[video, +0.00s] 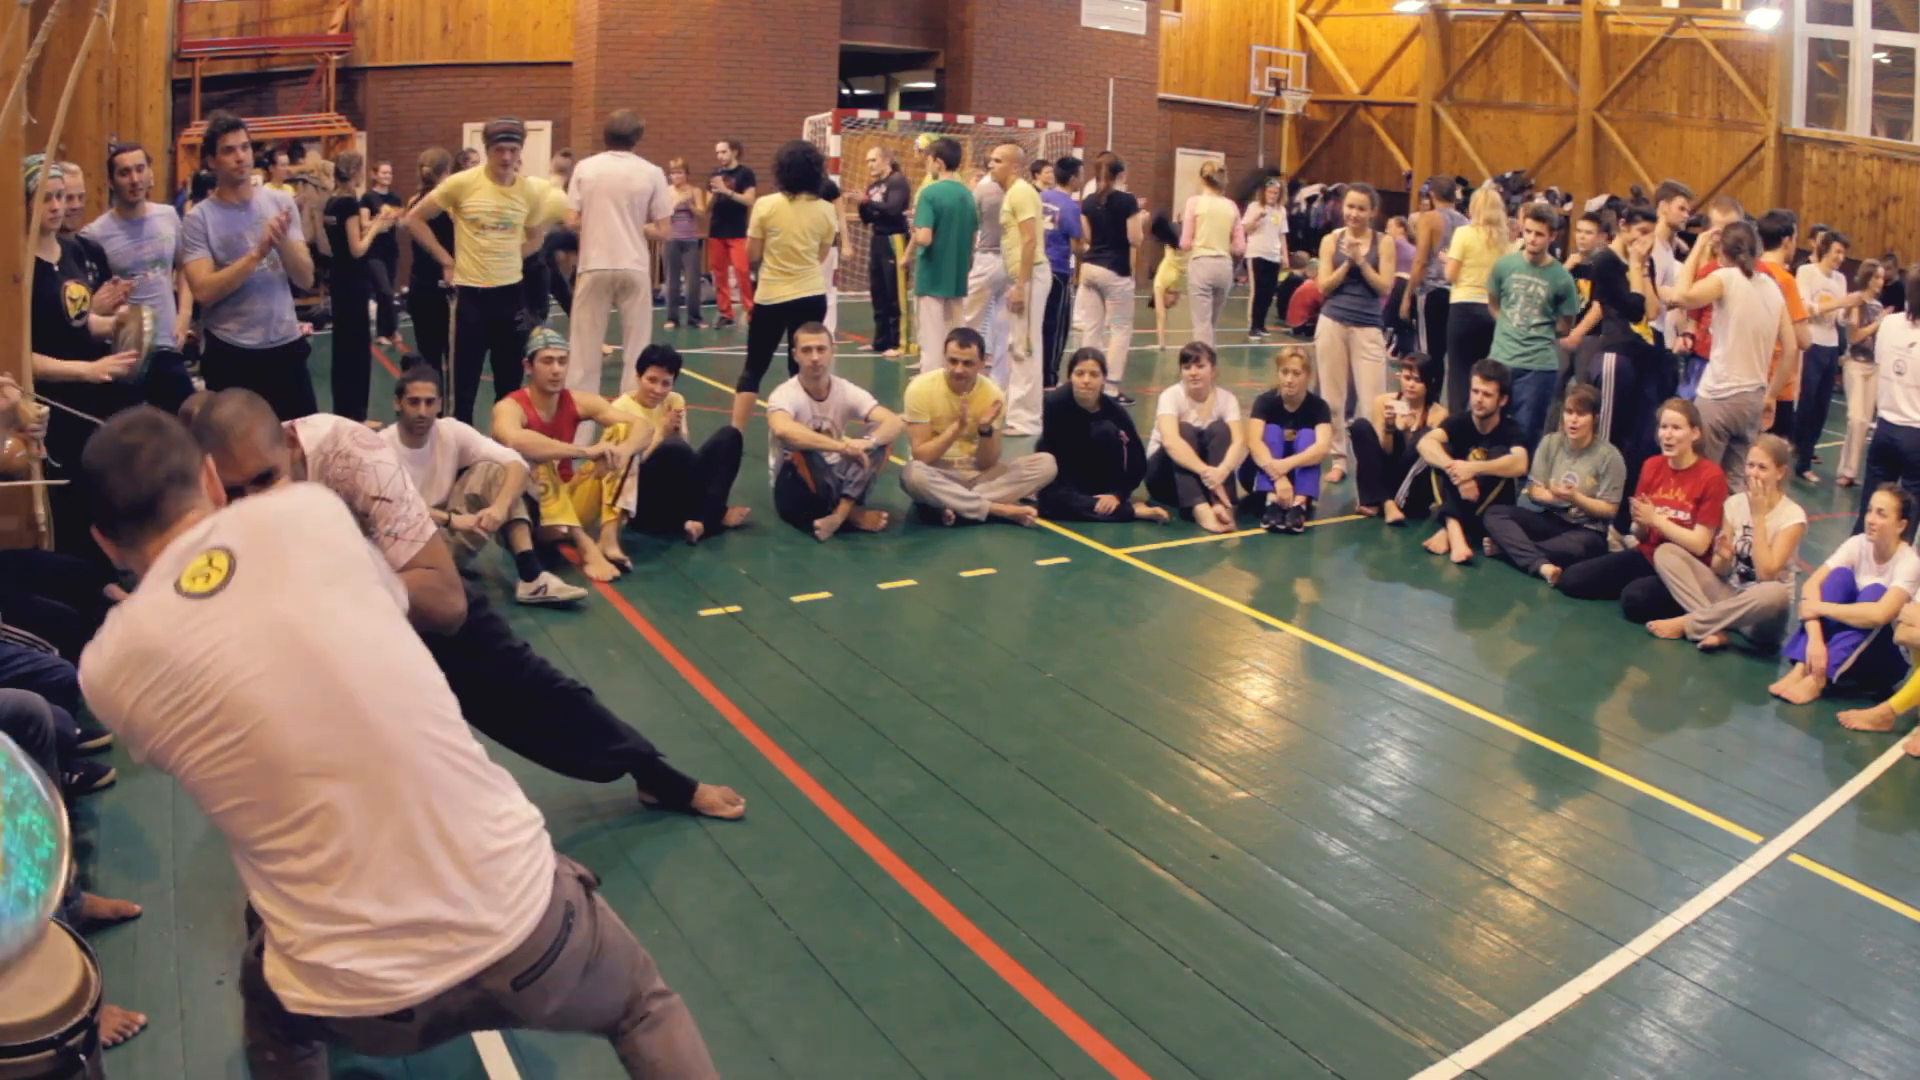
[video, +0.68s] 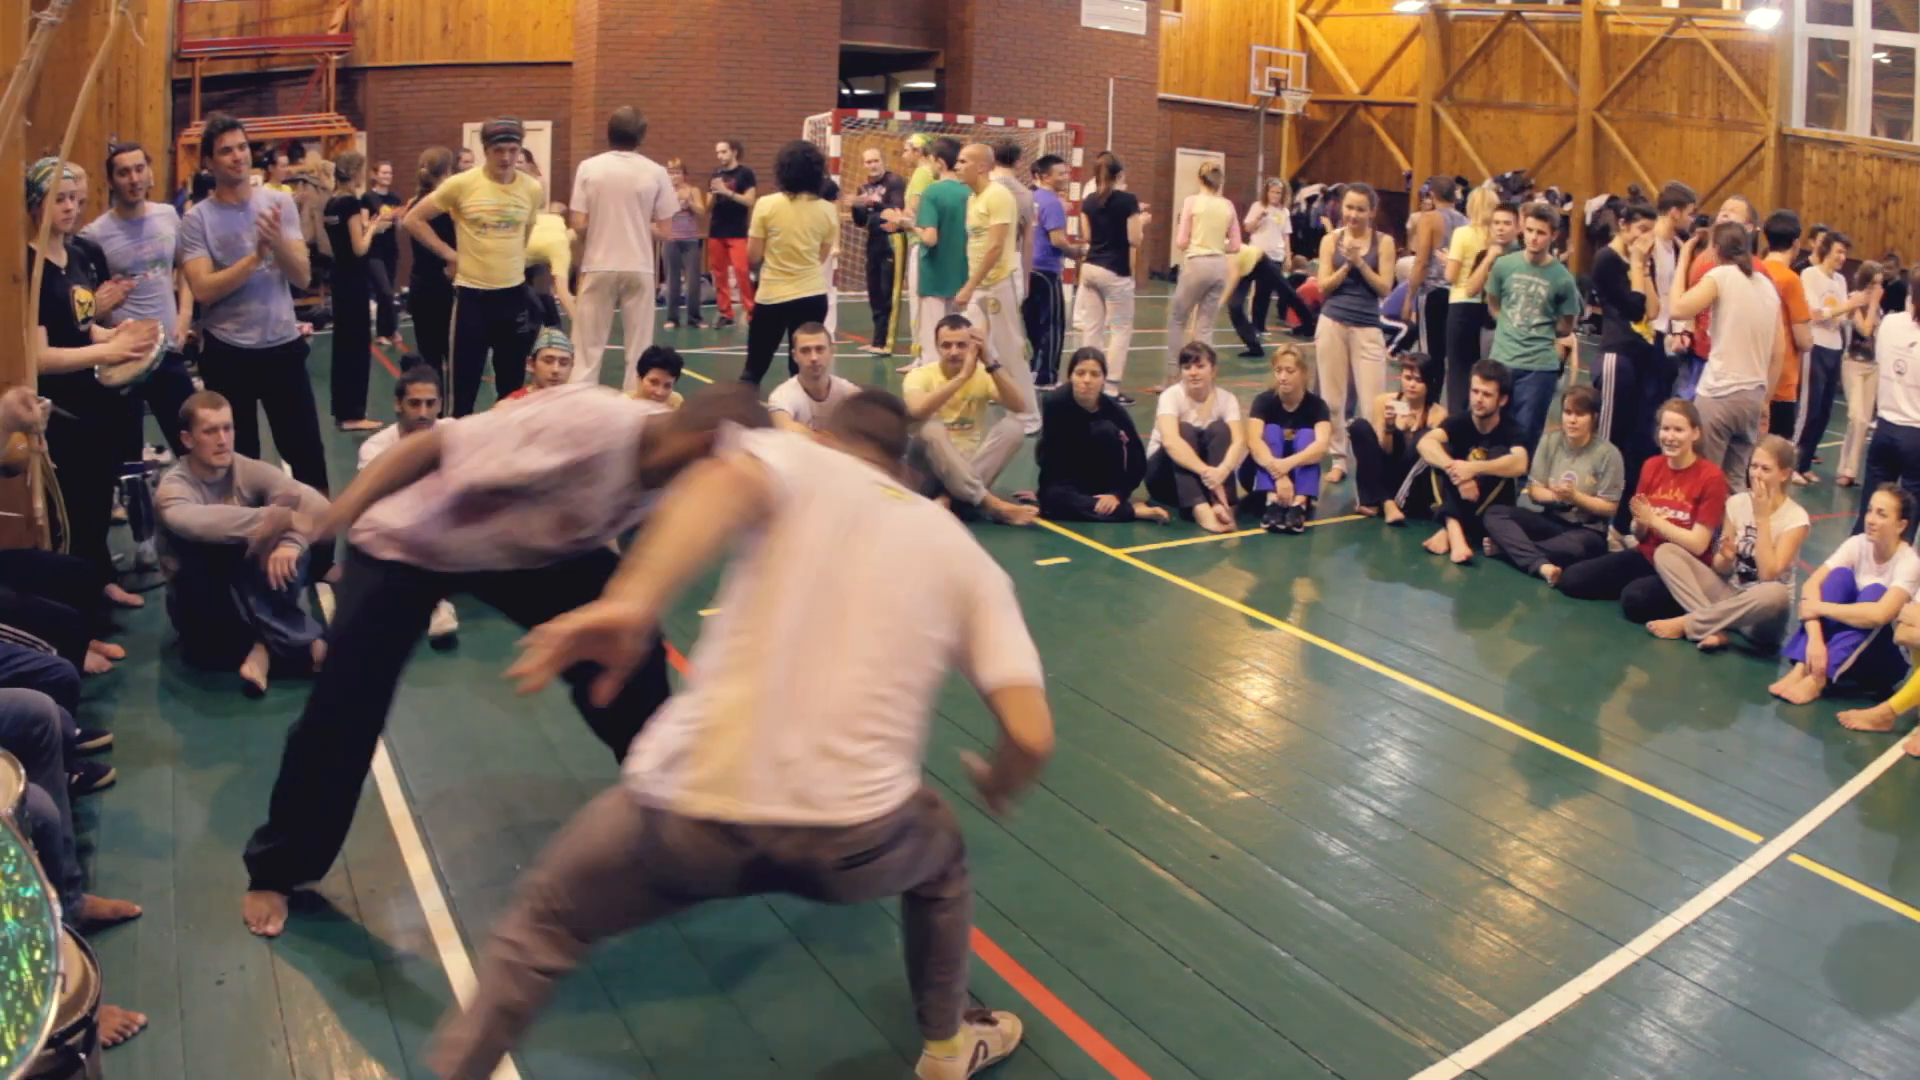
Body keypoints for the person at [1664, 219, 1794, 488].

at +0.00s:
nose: (1717, 258)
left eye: (1717, 251)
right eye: (1717, 251)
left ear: (1723, 253)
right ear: (1754, 251)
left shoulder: (1724, 278)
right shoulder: (1772, 287)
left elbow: (1683, 296)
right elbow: (1791, 348)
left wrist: (1696, 250)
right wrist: (1771, 394)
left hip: (1718, 394)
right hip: (1755, 395)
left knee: (1702, 479)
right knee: (1739, 481)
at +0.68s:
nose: (1709, 252)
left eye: (1710, 248)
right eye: (1711, 248)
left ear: (1716, 250)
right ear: (1746, 249)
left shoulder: (1719, 277)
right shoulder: (1768, 286)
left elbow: (1678, 308)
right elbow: (1779, 351)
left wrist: (1684, 258)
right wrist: (1766, 398)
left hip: (1718, 392)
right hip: (1755, 393)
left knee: (1705, 477)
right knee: (1737, 479)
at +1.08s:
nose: (1704, 248)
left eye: (1705, 243)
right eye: (1705, 243)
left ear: (1710, 248)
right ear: (1742, 249)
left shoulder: (1707, 278)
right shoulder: (1761, 283)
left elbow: (1703, 341)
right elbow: (1777, 344)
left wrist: (1688, 381)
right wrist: (1754, 368)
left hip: (1715, 390)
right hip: (1753, 388)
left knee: (1705, 476)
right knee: (1738, 476)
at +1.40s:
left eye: (1706, 241)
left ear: (1707, 246)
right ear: (1739, 245)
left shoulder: (1702, 280)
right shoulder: (1757, 280)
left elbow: (1689, 342)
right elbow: (1765, 335)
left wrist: (1675, 365)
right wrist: (1752, 368)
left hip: (1711, 391)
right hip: (1751, 390)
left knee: (1707, 476)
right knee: (1736, 473)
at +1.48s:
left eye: (1706, 243)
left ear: (1706, 248)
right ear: (1739, 246)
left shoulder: (1702, 280)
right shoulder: (1757, 280)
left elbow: (1690, 343)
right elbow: (1765, 336)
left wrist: (1677, 360)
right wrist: (1751, 366)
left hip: (1711, 391)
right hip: (1751, 391)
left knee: (1708, 476)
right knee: (1738, 475)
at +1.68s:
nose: (1701, 249)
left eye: (1703, 244)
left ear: (1706, 248)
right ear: (1739, 247)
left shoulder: (1705, 281)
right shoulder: (1756, 281)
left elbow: (1694, 342)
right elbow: (1766, 336)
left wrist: (1693, 358)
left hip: (1715, 390)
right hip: (1754, 388)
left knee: (1706, 480)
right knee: (1741, 483)